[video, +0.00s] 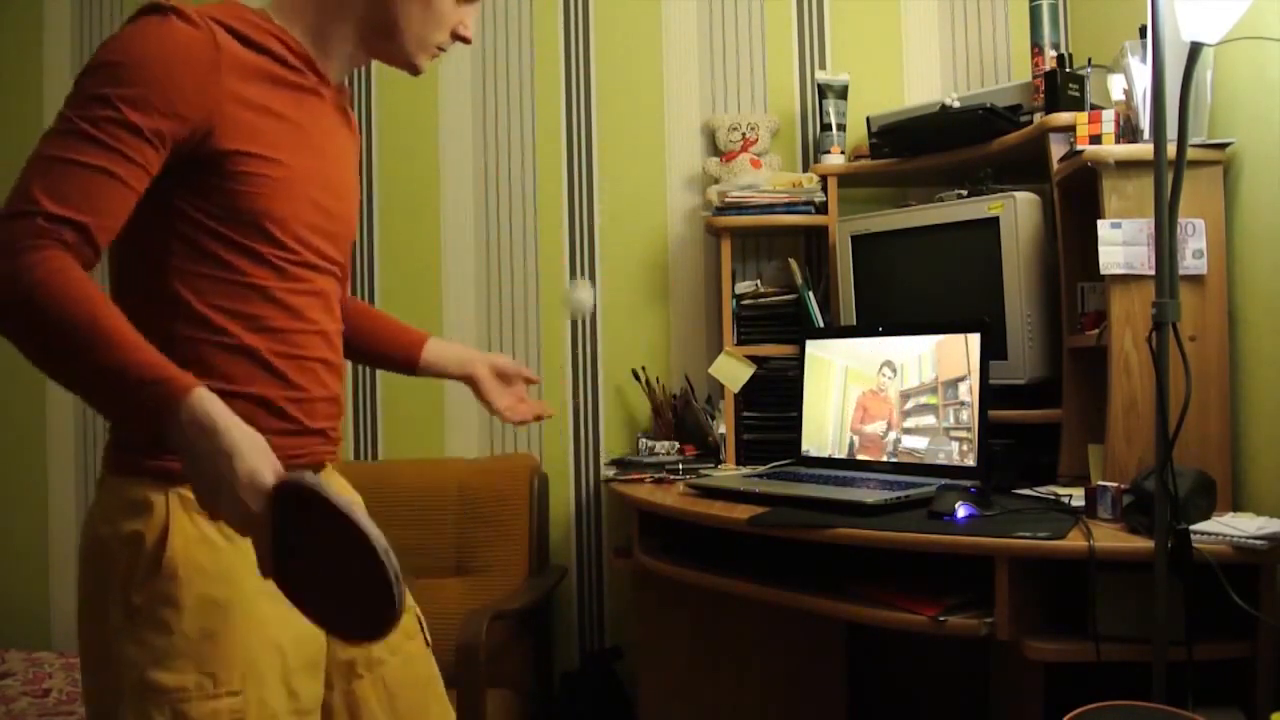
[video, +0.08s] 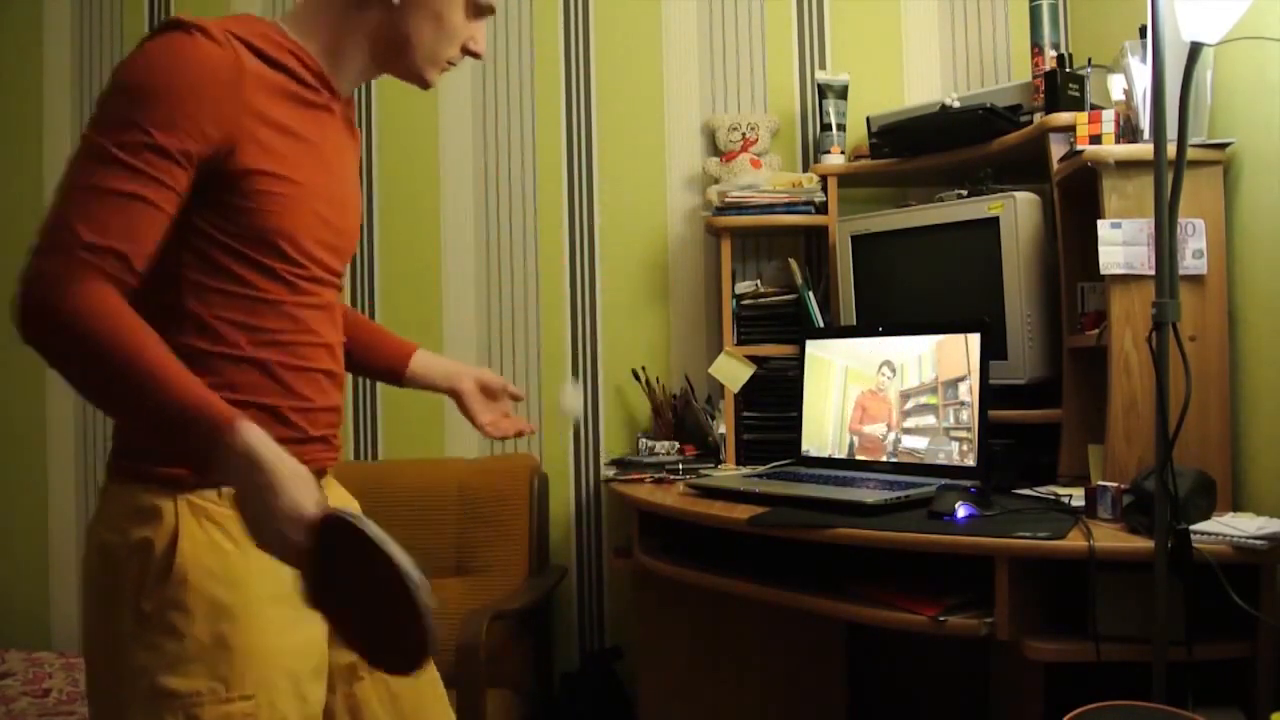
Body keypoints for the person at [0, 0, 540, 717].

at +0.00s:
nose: (468, 27)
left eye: (476, 6)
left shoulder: (333, 111)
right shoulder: (182, 47)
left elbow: (311, 306)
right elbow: (26, 256)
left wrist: (466, 361)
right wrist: (191, 416)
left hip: (321, 524)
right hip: (189, 533)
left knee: (416, 707)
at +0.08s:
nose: (479, 43)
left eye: (486, 18)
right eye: (475, 8)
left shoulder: (336, 114)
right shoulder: (199, 64)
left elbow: (301, 310)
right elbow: (61, 292)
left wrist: (448, 373)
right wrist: (249, 455)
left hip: (316, 522)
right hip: (194, 531)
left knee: (417, 712)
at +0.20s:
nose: (493, 59)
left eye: (503, 36)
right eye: (493, 26)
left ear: (417, 7)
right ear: (419, 1)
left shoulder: (334, 104)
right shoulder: (254, 87)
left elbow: (316, 322)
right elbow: (256, 347)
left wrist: (448, 377)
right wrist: (447, 452)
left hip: (323, 510)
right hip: (232, 520)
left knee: (415, 712)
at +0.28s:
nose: (497, 56)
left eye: (507, 33)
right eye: (498, 23)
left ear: (427, 5)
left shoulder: (331, 92)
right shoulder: (281, 89)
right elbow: (341, 334)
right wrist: (537, 392)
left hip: (333, 514)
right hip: (246, 526)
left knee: (418, 712)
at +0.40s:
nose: (513, 51)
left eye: (523, 27)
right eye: (514, 17)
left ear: (446, 2)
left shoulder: (349, 78)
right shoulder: (319, 74)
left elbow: (340, 300)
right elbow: (456, 287)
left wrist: (479, 318)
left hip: (346, 495)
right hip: (267, 503)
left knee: (413, 712)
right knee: (282, 710)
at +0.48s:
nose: (517, 48)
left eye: (526, 25)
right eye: (519, 16)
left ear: (452, 0)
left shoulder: (351, 75)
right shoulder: (321, 67)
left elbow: (343, 296)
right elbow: (467, 273)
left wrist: (489, 298)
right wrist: (595, 240)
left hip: (350, 491)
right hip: (267, 497)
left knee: (409, 712)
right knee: (283, 709)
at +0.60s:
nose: (511, 44)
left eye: (520, 21)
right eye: (513, 12)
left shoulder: (356, 76)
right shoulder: (304, 61)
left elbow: (404, 286)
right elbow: (433, 272)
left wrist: (541, 253)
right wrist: (558, 234)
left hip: (347, 490)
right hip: (260, 495)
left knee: (399, 711)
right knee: (267, 710)